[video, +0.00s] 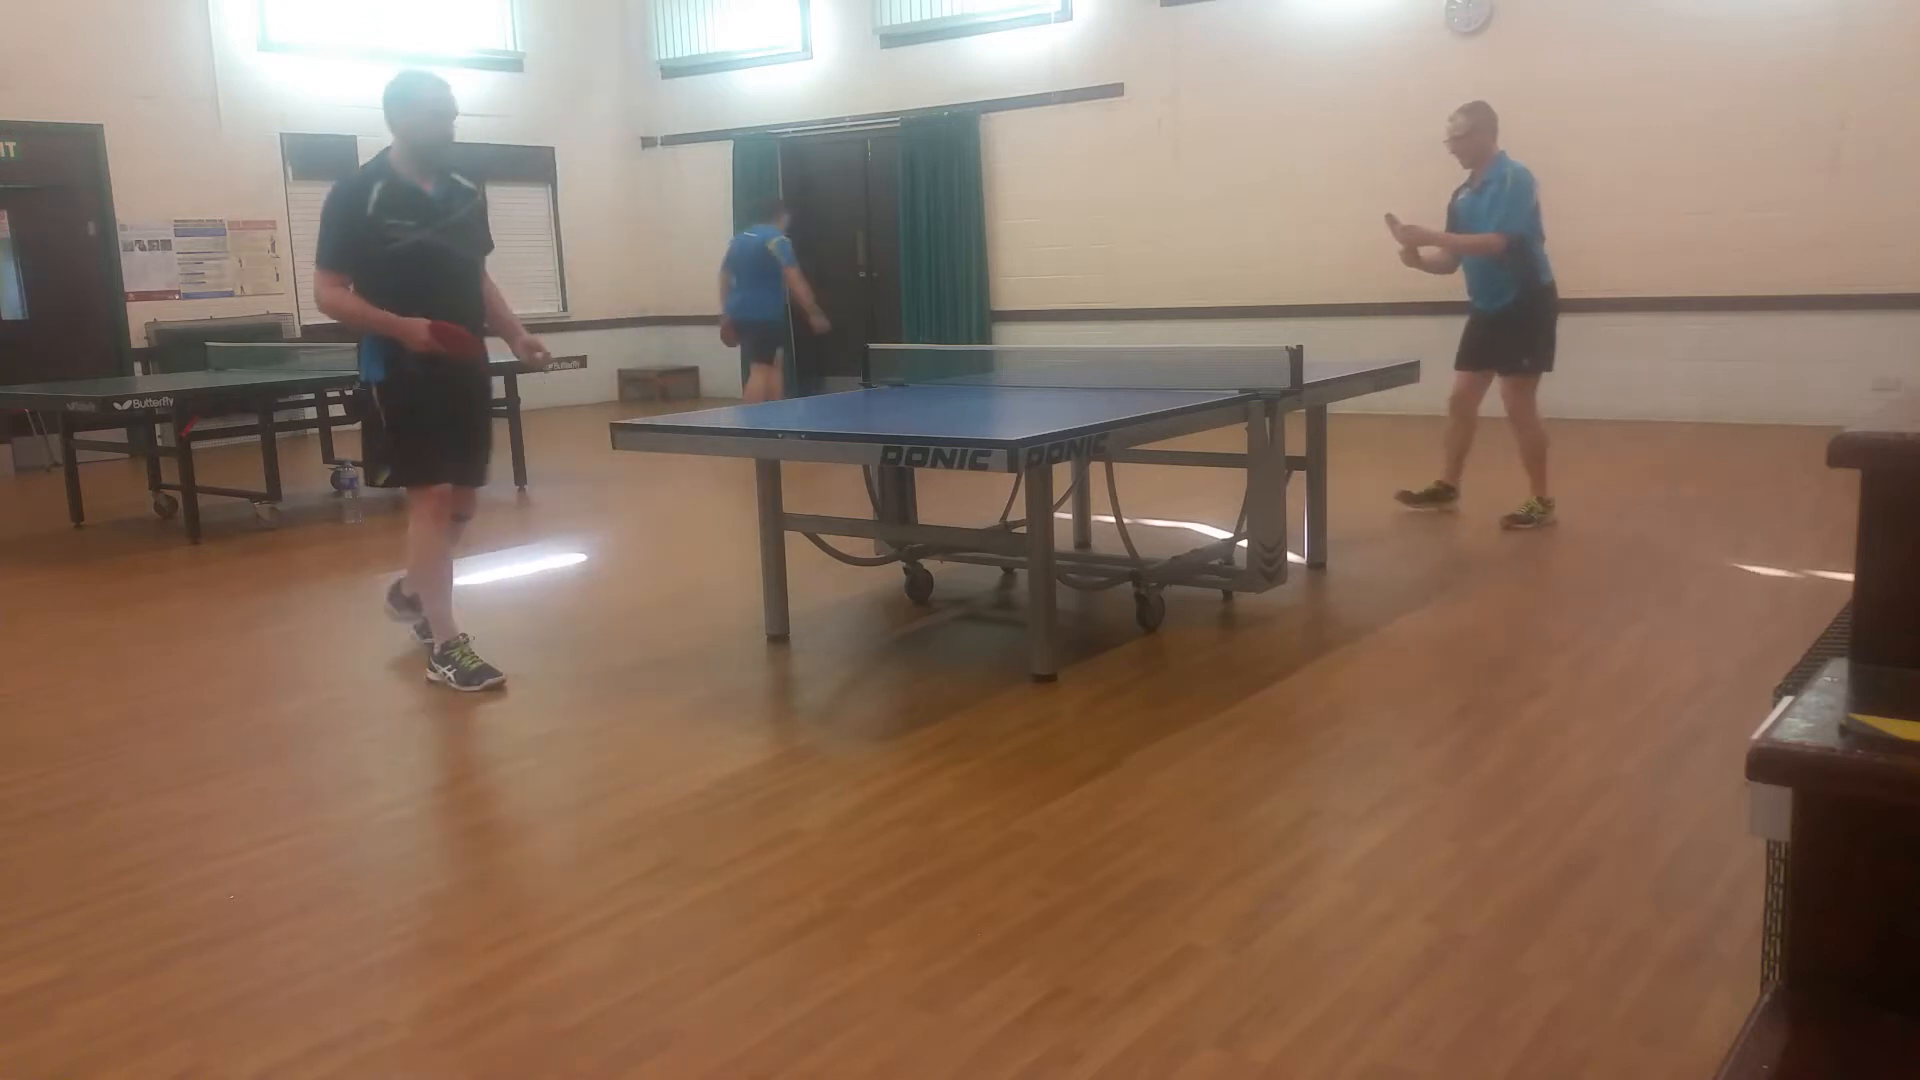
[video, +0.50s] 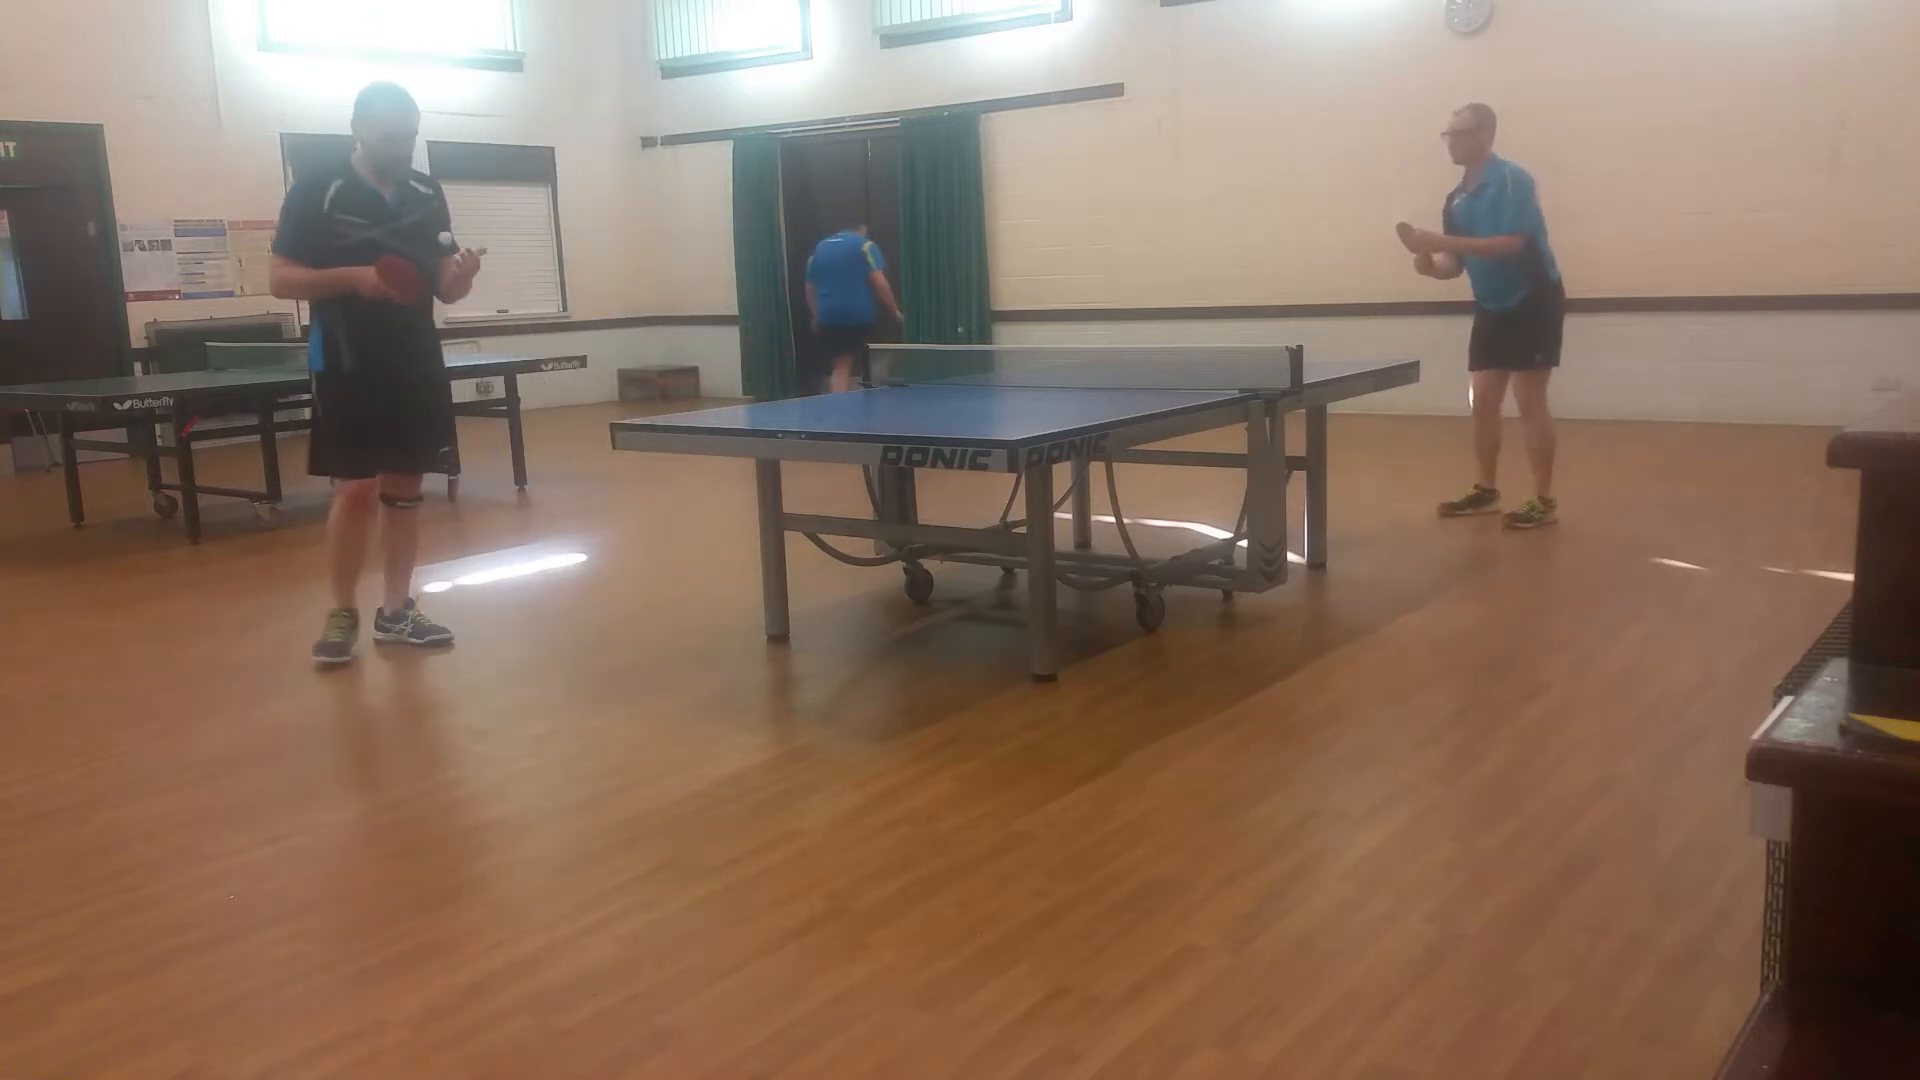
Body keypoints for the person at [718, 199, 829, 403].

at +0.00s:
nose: (787, 223)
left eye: (788, 218)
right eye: (786, 218)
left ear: (762, 215)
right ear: (779, 216)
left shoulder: (739, 239)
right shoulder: (778, 241)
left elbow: (724, 277)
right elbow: (795, 280)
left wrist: (725, 313)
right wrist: (814, 313)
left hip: (742, 314)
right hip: (766, 315)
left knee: (774, 367)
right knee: (759, 371)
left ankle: (777, 420)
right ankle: (748, 426)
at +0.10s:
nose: (805, 235)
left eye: (806, 231)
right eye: (805, 230)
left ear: (783, 225)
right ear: (799, 227)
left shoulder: (758, 246)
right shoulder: (796, 247)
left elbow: (740, 283)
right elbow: (824, 280)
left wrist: (737, 317)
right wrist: (854, 306)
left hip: (756, 318)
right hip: (780, 320)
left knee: (796, 363)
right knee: (768, 371)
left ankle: (814, 413)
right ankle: (751, 422)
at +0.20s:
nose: (825, 238)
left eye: (825, 235)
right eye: (824, 234)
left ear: (794, 231)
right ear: (817, 232)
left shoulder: (777, 251)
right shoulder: (815, 249)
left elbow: (759, 284)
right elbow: (844, 281)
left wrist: (754, 317)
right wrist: (876, 297)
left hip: (776, 324)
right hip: (801, 325)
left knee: (818, 363)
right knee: (787, 371)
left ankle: (829, 415)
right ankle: (761, 418)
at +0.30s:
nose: (840, 238)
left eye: (839, 235)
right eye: (839, 234)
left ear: (815, 230)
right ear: (835, 232)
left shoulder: (793, 251)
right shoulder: (833, 247)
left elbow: (778, 287)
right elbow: (855, 279)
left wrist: (774, 320)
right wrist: (882, 297)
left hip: (795, 321)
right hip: (822, 320)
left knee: (819, 370)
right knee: (829, 371)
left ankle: (832, 417)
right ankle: (790, 400)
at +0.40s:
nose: (853, 235)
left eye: (853, 232)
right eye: (852, 231)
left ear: (827, 228)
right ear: (847, 229)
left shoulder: (805, 249)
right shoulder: (848, 245)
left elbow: (793, 289)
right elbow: (868, 281)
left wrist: (793, 323)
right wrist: (886, 305)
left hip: (811, 317)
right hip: (840, 315)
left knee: (835, 362)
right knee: (856, 361)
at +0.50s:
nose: (866, 235)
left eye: (865, 232)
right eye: (865, 232)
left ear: (842, 228)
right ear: (862, 229)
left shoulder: (821, 247)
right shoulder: (864, 245)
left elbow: (809, 285)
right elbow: (879, 281)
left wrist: (815, 315)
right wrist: (894, 310)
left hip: (828, 315)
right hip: (859, 314)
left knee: (840, 364)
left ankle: (839, 409)